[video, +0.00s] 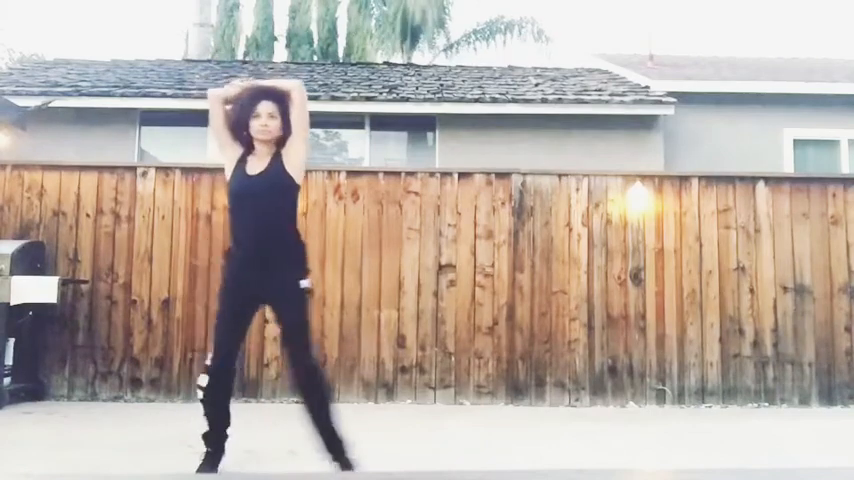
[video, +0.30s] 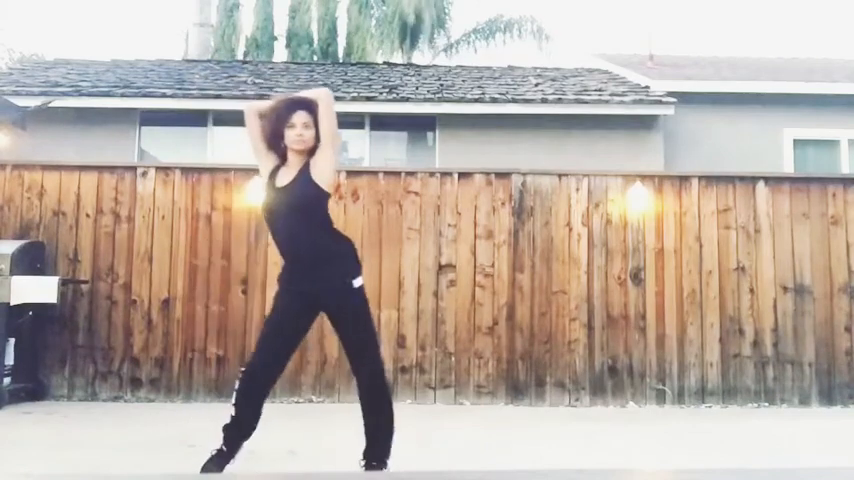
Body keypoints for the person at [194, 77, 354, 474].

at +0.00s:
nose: (265, 121)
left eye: (272, 116)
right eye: (258, 115)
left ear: (283, 123)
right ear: (246, 123)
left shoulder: (291, 158)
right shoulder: (235, 158)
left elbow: (297, 89)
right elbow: (213, 97)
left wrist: (252, 84)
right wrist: (242, 89)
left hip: (286, 274)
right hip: (241, 274)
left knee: (302, 363)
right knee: (221, 362)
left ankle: (336, 450)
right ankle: (213, 449)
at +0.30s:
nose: (300, 132)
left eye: (308, 127)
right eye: (293, 126)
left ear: (318, 133)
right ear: (282, 134)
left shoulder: (323, 165)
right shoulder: (271, 169)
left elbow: (324, 95)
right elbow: (250, 110)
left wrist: (284, 100)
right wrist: (287, 103)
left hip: (338, 278)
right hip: (296, 282)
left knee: (368, 369)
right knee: (260, 369)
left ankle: (377, 457)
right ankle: (229, 447)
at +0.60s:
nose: (305, 133)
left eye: (313, 127)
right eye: (299, 126)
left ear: (323, 135)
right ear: (288, 134)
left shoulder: (328, 169)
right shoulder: (276, 169)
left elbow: (330, 99)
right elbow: (258, 109)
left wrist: (292, 103)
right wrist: (294, 100)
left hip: (340, 282)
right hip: (297, 286)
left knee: (368, 372)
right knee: (252, 367)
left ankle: (379, 456)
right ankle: (236, 446)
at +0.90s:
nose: (264, 122)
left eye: (272, 116)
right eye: (259, 116)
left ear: (287, 123)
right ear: (252, 125)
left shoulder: (291, 159)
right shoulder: (252, 158)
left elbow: (305, 94)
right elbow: (233, 104)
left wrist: (284, 93)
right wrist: (262, 92)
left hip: (273, 274)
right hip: (240, 274)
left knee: (291, 365)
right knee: (234, 364)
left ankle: (345, 448)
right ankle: (244, 451)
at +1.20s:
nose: (215, 122)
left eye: (223, 116)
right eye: (211, 117)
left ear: (241, 122)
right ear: (208, 125)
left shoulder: (247, 159)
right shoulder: (209, 157)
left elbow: (269, 91)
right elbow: (179, 107)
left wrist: (253, 103)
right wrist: (221, 98)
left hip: (226, 275)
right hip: (204, 273)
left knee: (169, 353)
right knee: (219, 365)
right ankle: (245, 450)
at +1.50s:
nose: (161, 117)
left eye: (170, 111)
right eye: (159, 111)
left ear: (192, 119)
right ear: (157, 120)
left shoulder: (199, 160)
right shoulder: (151, 153)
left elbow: (233, 102)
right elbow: (106, 110)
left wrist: (229, 100)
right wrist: (149, 98)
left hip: (165, 273)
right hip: (140, 270)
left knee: (134, 365)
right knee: (149, 367)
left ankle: (93, 459)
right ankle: (212, 434)